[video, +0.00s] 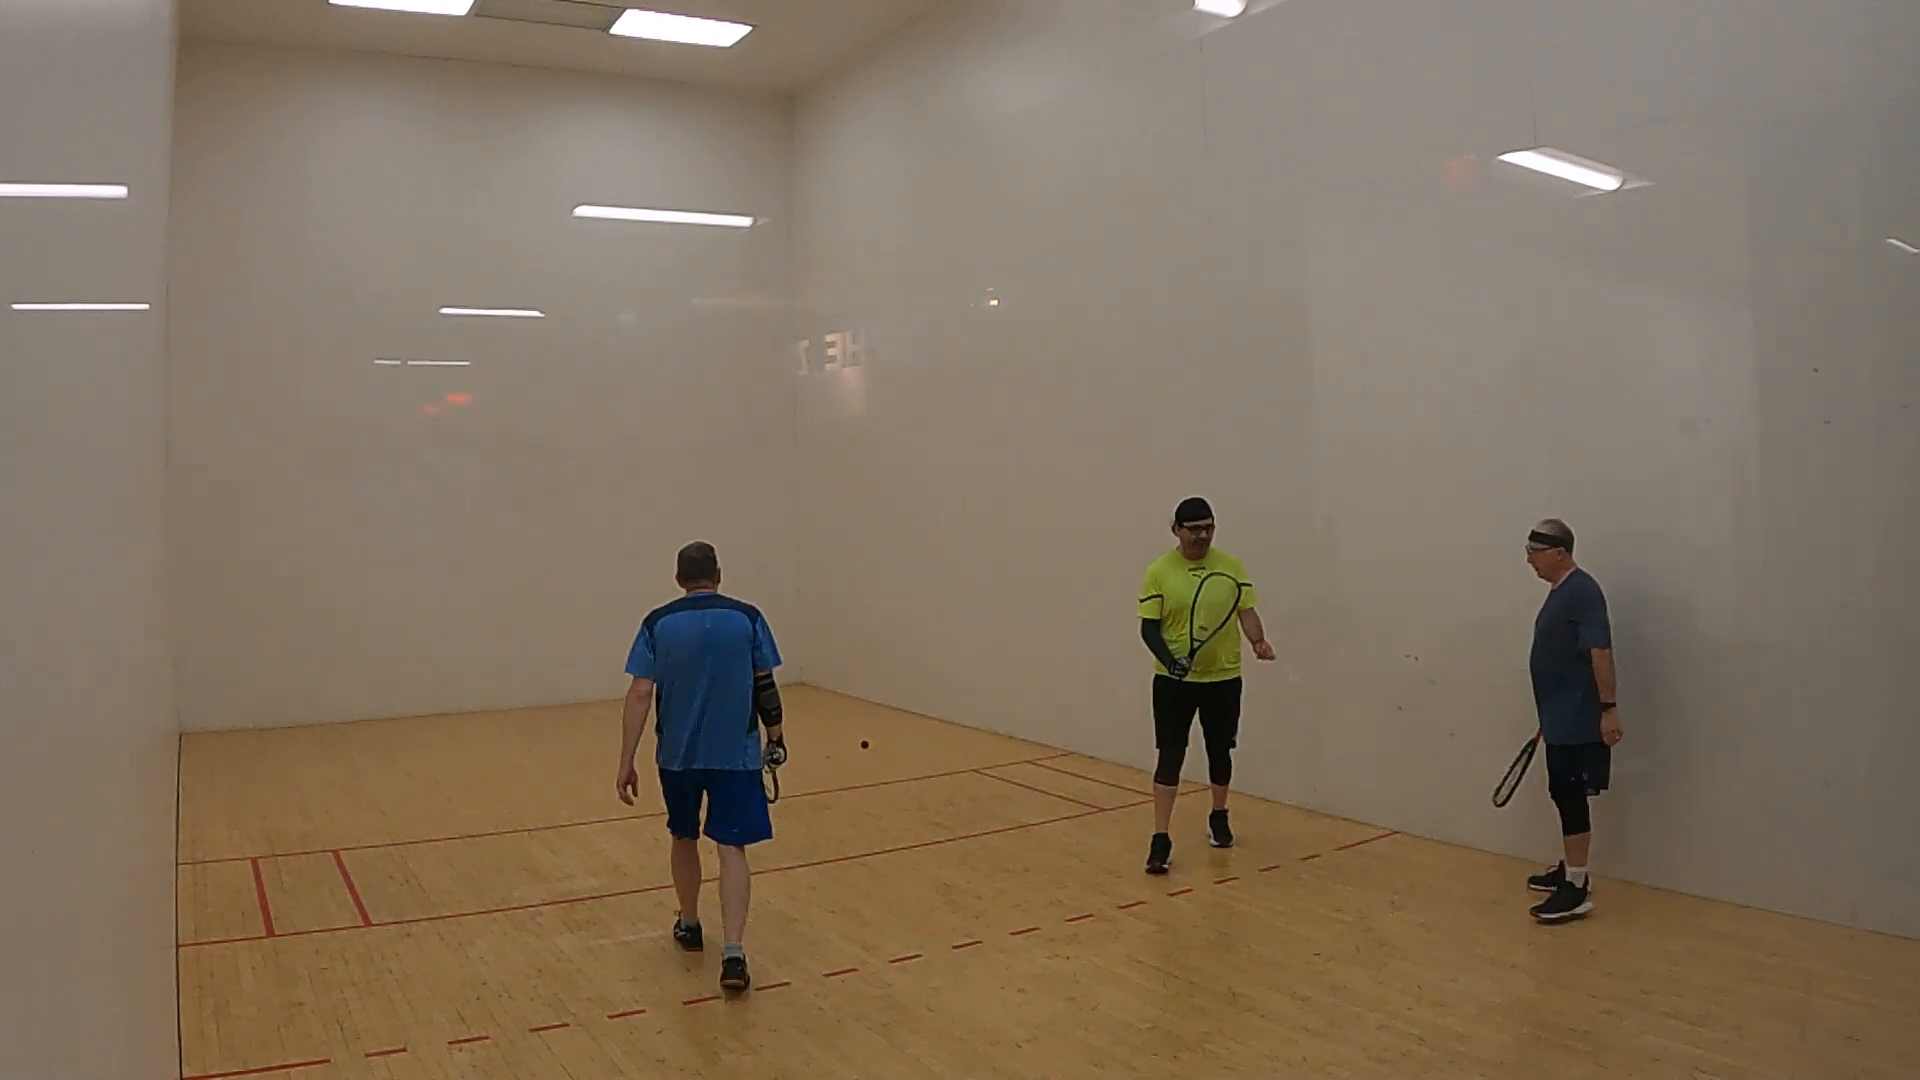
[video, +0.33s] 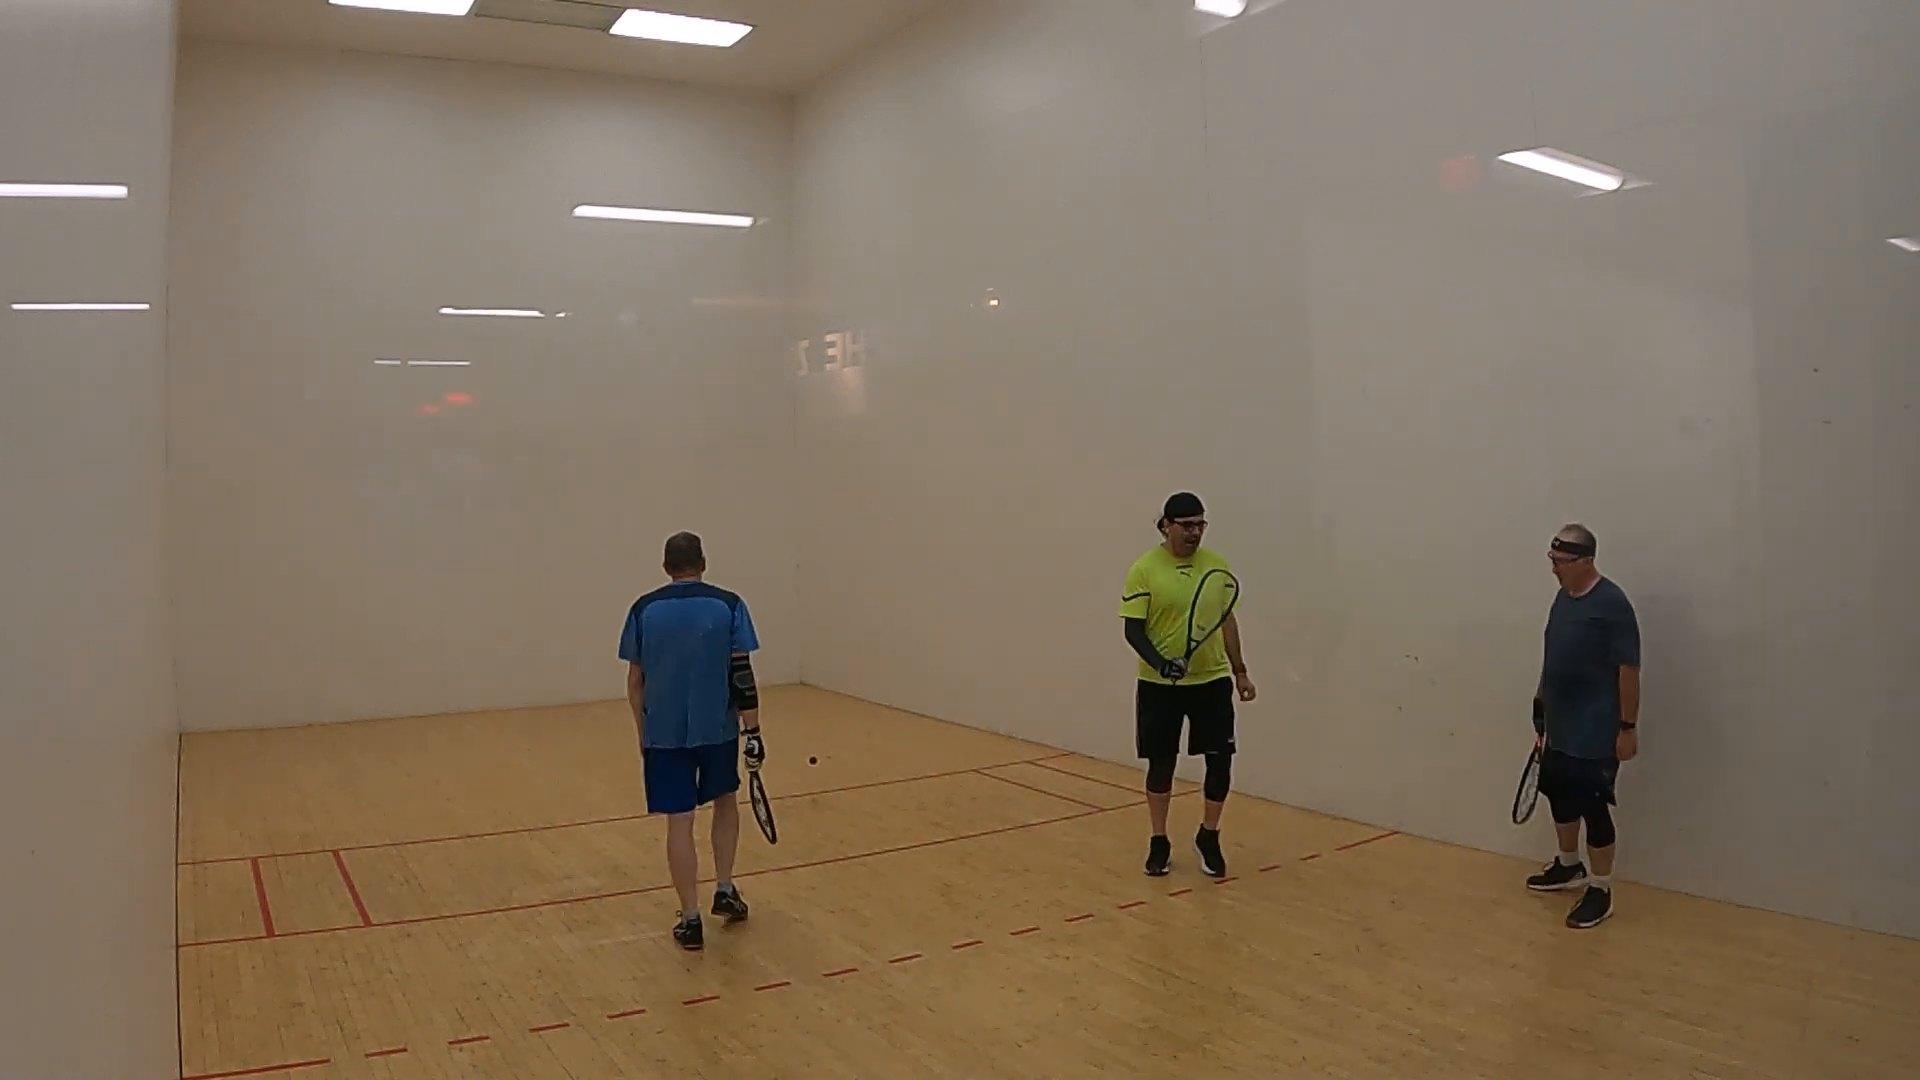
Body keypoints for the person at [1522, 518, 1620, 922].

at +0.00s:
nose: (1529, 559)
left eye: (1534, 552)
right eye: (1528, 552)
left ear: (1560, 552)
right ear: (1555, 554)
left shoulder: (1583, 590)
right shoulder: (1561, 591)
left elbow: (1600, 652)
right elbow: (1562, 658)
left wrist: (1609, 709)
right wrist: (1548, 716)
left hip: (1576, 718)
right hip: (1559, 717)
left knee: (1571, 795)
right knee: (1563, 792)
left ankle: (1578, 886)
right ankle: (1570, 868)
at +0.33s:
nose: (1553, 563)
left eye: (1560, 558)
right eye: (1552, 556)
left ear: (1584, 560)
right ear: (1561, 558)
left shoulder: (1614, 605)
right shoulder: (1563, 600)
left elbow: (1629, 670)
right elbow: (1553, 660)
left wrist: (1628, 727)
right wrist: (1540, 706)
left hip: (1597, 732)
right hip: (1560, 726)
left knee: (1595, 809)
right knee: (1560, 798)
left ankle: (1600, 890)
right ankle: (1568, 865)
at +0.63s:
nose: (1578, 572)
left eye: (1587, 567)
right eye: (1574, 565)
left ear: (1609, 564)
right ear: (1570, 561)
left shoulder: (1633, 607)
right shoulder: (1564, 599)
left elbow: (1647, 669)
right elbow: (1546, 658)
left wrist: (1637, 728)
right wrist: (1529, 708)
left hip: (1609, 736)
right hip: (1561, 727)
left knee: (1605, 815)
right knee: (1537, 797)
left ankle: (1601, 892)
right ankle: (1562, 868)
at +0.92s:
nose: (1583, 572)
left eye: (1593, 566)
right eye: (1577, 565)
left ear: (1610, 570)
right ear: (1569, 566)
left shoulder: (1632, 614)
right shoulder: (1549, 610)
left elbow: (1652, 676)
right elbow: (1528, 668)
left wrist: (1655, 731)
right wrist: (1513, 721)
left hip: (1614, 747)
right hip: (1562, 744)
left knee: (1609, 827)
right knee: (1558, 828)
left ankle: (1599, 893)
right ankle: (1556, 921)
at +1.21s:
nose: (1579, 570)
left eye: (1589, 563)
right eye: (1571, 562)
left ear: (1603, 568)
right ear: (1560, 566)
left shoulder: (1626, 613)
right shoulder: (1535, 614)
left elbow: (1650, 672)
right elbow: (1513, 677)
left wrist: (1667, 725)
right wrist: (1503, 734)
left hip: (1610, 756)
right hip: (1552, 755)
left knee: (1614, 840)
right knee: (1551, 845)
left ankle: (1600, 887)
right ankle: (1557, 925)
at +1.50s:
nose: (1591, 580)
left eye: (1601, 572)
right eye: (1582, 572)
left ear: (1613, 576)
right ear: (1568, 575)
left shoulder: (1633, 617)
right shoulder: (1540, 624)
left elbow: (1639, 673)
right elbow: (1514, 690)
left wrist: (1638, 713)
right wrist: (1503, 750)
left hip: (1615, 762)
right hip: (1555, 763)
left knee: (1610, 857)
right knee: (1552, 851)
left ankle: (1602, 952)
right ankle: (1557, 926)